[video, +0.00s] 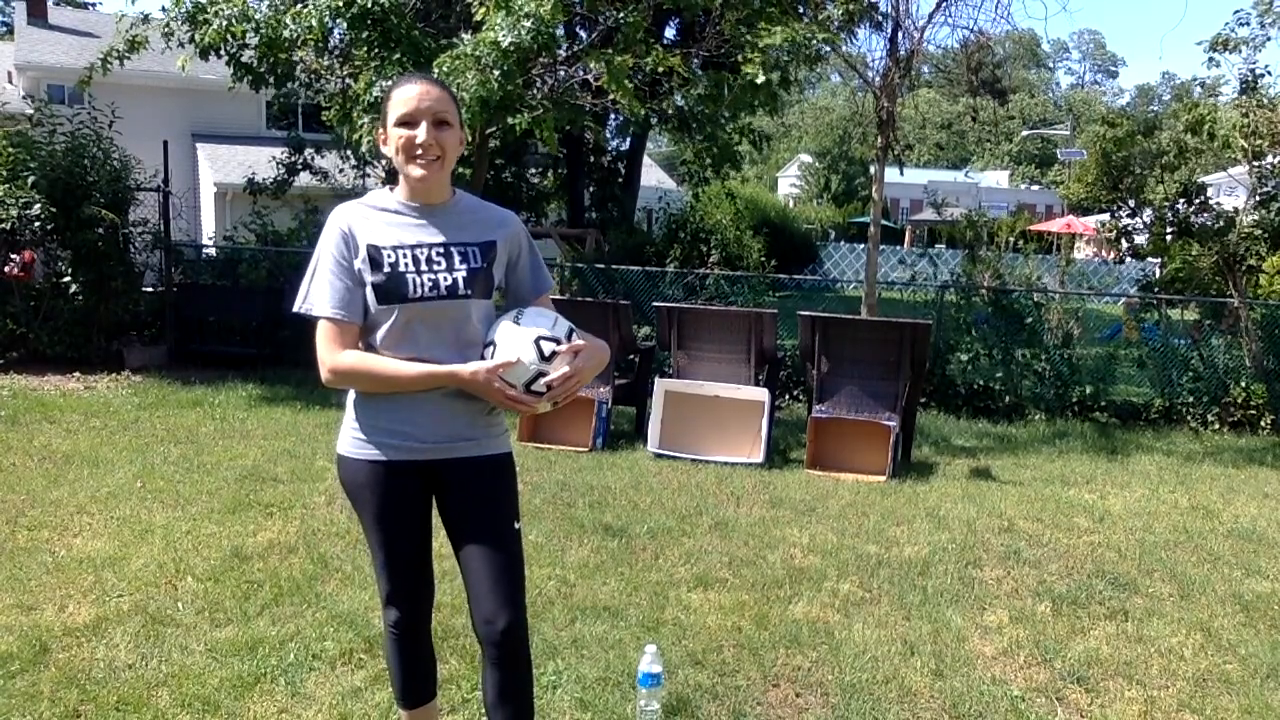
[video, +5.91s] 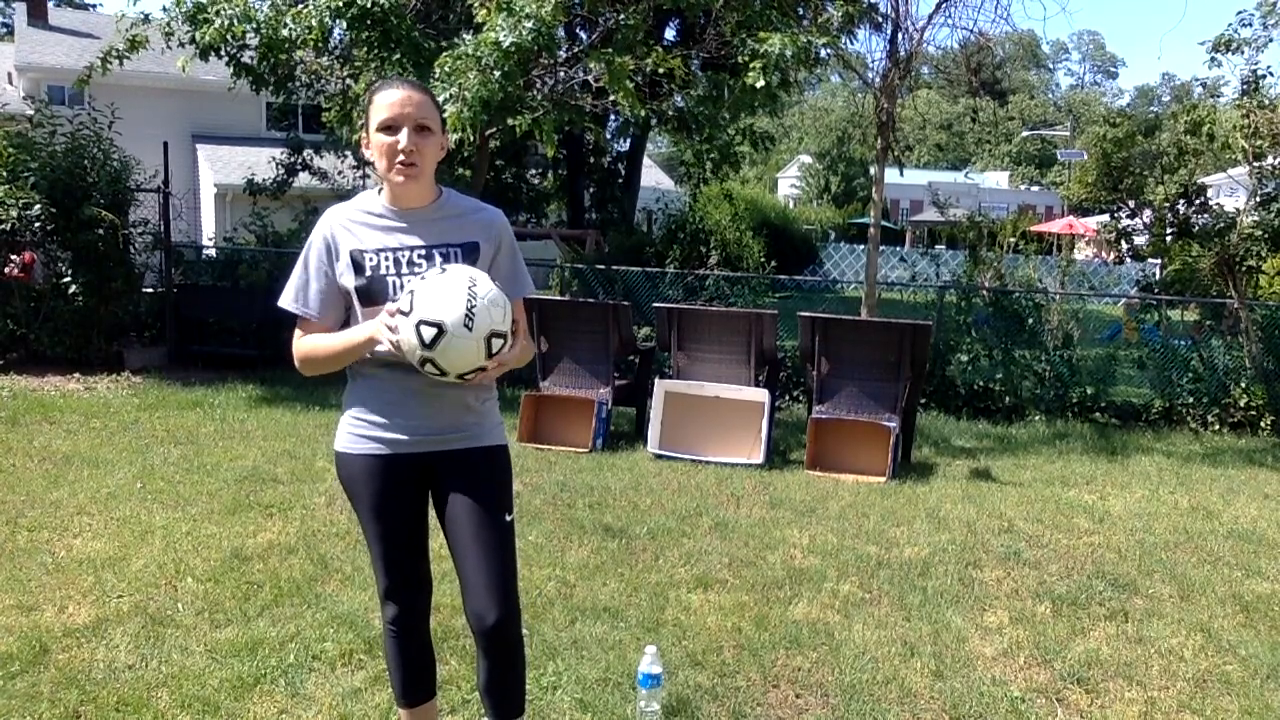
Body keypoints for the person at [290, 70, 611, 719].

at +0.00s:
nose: (424, 135)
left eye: (440, 123)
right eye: (407, 123)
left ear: (461, 138)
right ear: (384, 140)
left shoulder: (501, 227)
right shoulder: (352, 225)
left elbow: (545, 328)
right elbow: (333, 361)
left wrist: (599, 349)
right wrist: (461, 376)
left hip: (477, 450)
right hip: (381, 452)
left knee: (503, 624)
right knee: (405, 612)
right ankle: (421, 714)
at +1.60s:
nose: (420, 149)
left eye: (436, 134)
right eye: (405, 136)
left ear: (464, 143)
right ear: (388, 150)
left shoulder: (505, 232)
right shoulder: (357, 225)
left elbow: (527, 349)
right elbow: (320, 342)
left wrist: (507, 389)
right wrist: (355, 386)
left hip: (473, 447)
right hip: (376, 448)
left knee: (499, 620)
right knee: (402, 609)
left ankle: (510, 717)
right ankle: (419, 713)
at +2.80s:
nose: (428, 147)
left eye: (443, 132)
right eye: (410, 133)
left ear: (463, 142)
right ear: (387, 146)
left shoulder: (502, 227)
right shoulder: (355, 222)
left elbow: (514, 360)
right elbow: (327, 358)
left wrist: (446, 333)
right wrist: (328, 306)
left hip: (476, 440)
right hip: (380, 439)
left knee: (497, 625)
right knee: (405, 611)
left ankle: (506, 718)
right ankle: (420, 716)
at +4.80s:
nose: (397, 140)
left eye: (412, 126)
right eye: (380, 127)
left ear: (434, 140)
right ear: (357, 141)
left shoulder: (478, 221)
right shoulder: (331, 227)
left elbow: (526, 323)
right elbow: (308, 359)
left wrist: (526, 348)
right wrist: (372, 340)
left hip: (470, 440)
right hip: (374, 444)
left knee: (494, 619)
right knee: (401, 611)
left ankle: (505, 718)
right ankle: (419, 715)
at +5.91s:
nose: (406, 142)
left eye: (421, 129)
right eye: (389, 129)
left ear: (442, 144)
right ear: (366, 145)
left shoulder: (486, 225)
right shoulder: (338, 228)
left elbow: (523, 338)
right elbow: (306, 353)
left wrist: (507, 359)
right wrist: (367, 334)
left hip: (472, 440)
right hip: (377, 442)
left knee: (496, 618)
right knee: (403, 609)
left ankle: (506, 718)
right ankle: (419, 715)